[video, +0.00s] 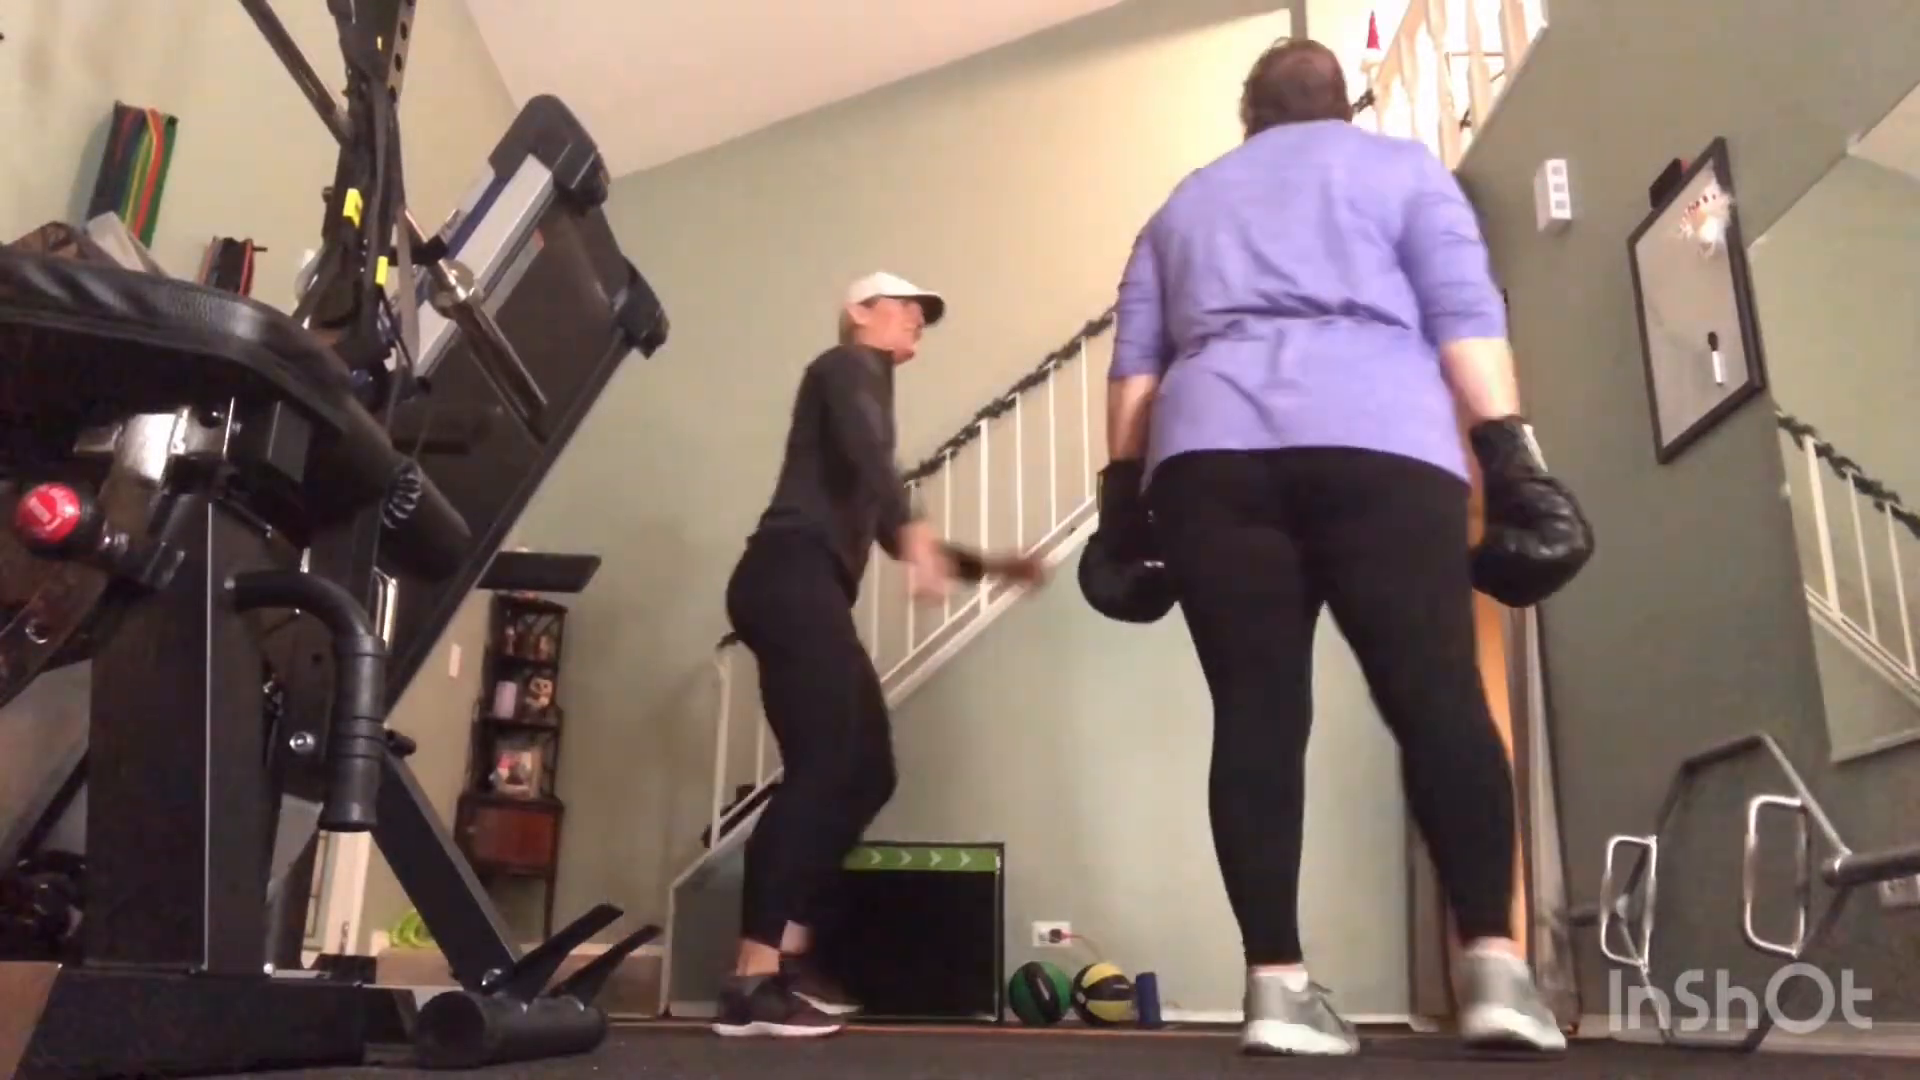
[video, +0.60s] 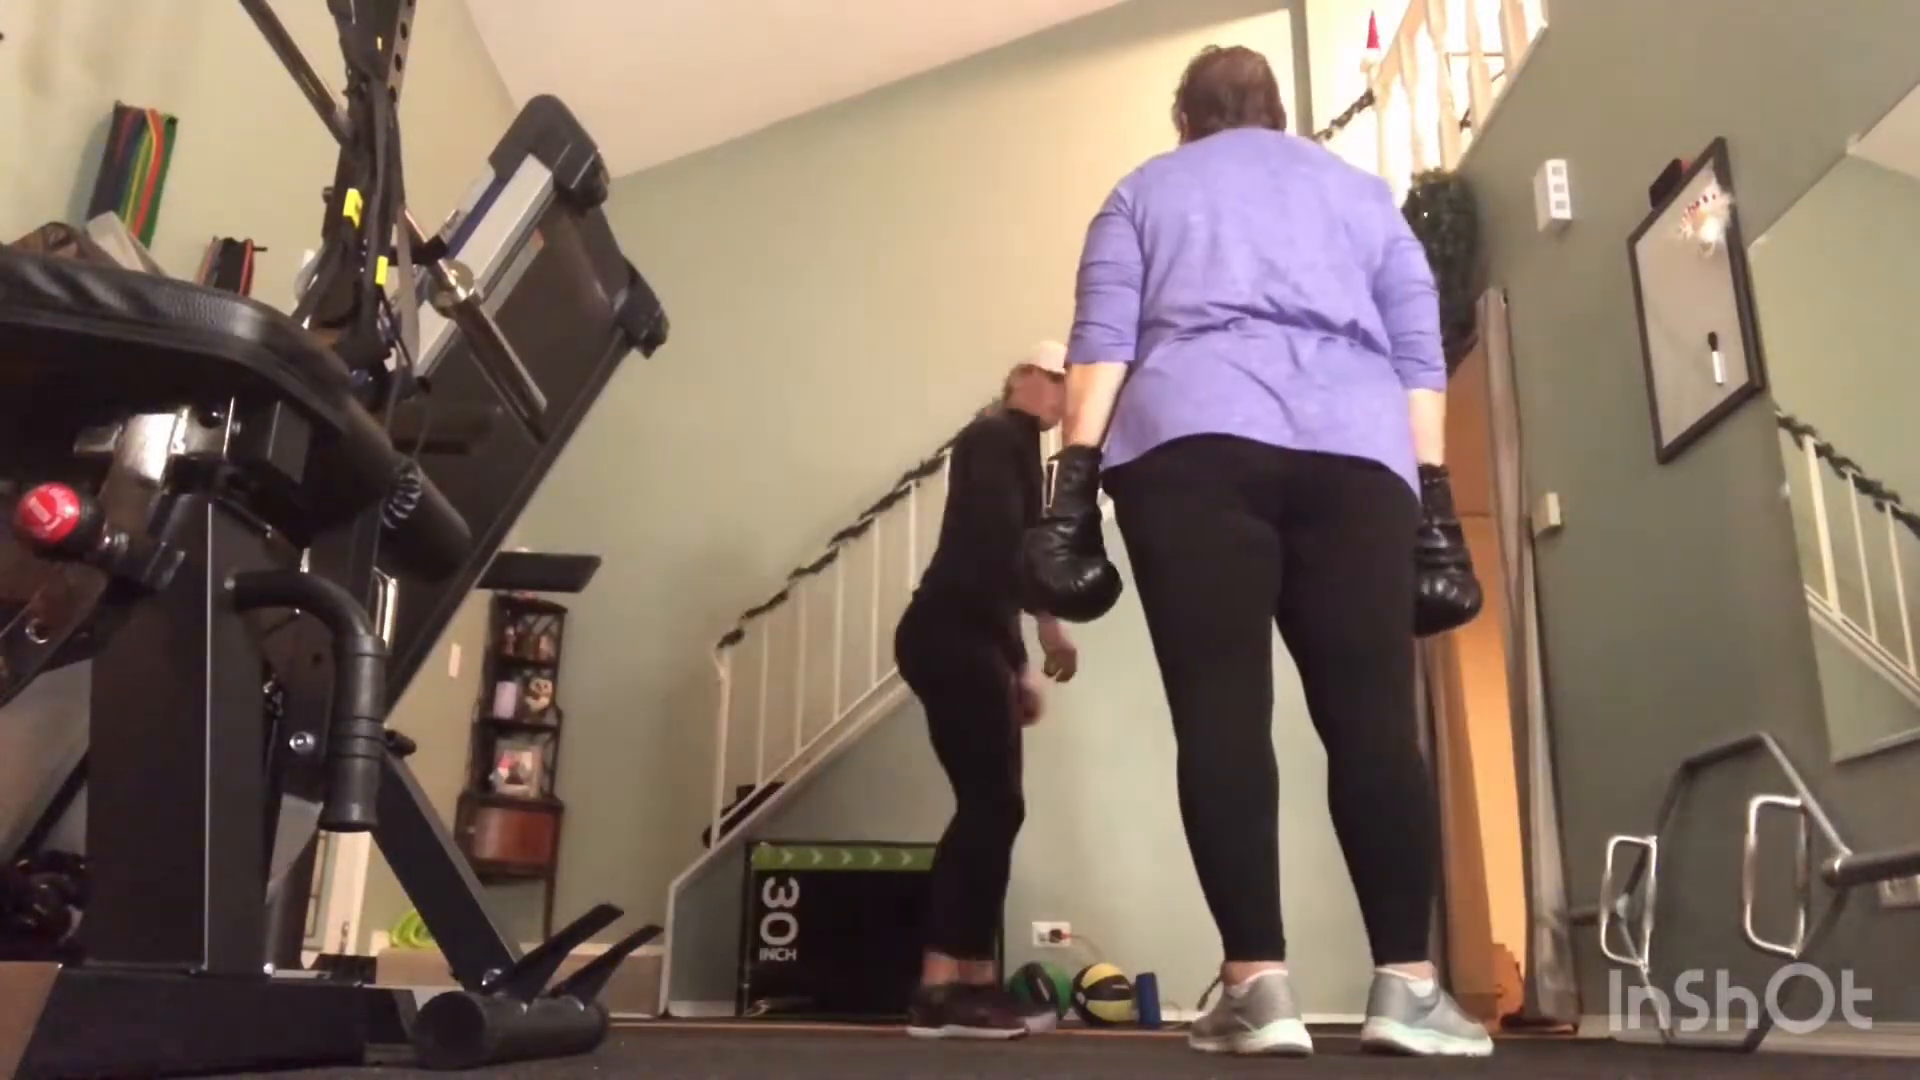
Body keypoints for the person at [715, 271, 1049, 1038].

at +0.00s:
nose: (917, 327)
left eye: (919, 318)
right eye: (907, 313)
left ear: (881, 321)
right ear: (864, 313)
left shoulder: (869, 397)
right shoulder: (846, 365)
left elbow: (897, 535)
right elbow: (863, 454)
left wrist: (993, 567)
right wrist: (907, 534)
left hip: (815, 588)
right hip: (788, 574)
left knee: (866, 772)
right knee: (821, 764)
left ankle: (789, 962)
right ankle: (751, 980)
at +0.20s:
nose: (991, 330)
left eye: (994, 322)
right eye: (979, 316)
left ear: (967, 329)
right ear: (937, 317)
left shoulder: (945, 396)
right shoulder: (909, 372)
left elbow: (922, 496)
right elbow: (887, 458)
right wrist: (896, 556)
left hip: (902, 596)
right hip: (877, 589)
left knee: (901, 783)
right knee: (892, 780)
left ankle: (869, 976)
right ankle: (862, 981)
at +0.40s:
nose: (1027, 382)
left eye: (1034, 373)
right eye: (1025, 364)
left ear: (998, 356)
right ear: (992, 344)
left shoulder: (977, 418)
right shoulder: (949, 392)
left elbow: (955, 542)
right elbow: (931, 484)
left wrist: (963, 656)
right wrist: (945, 567)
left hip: (923, 609)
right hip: (894, 599)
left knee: (953, 793)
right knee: (920, 782)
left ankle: (913, 983)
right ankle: (861, 982)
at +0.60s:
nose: (1063, 397)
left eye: (1067, 387)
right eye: (1056, 383)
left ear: (1048, 392)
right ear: (1024, 380)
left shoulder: (1016, 445)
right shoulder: (997, 436)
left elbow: (996, 569)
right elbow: (1003, 546)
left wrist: (1018, 666)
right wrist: (1050, 624)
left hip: (972, 635)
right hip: (947, 631)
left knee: (994, 806)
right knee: (989, 805)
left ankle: (969, 983)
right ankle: (947, 985)